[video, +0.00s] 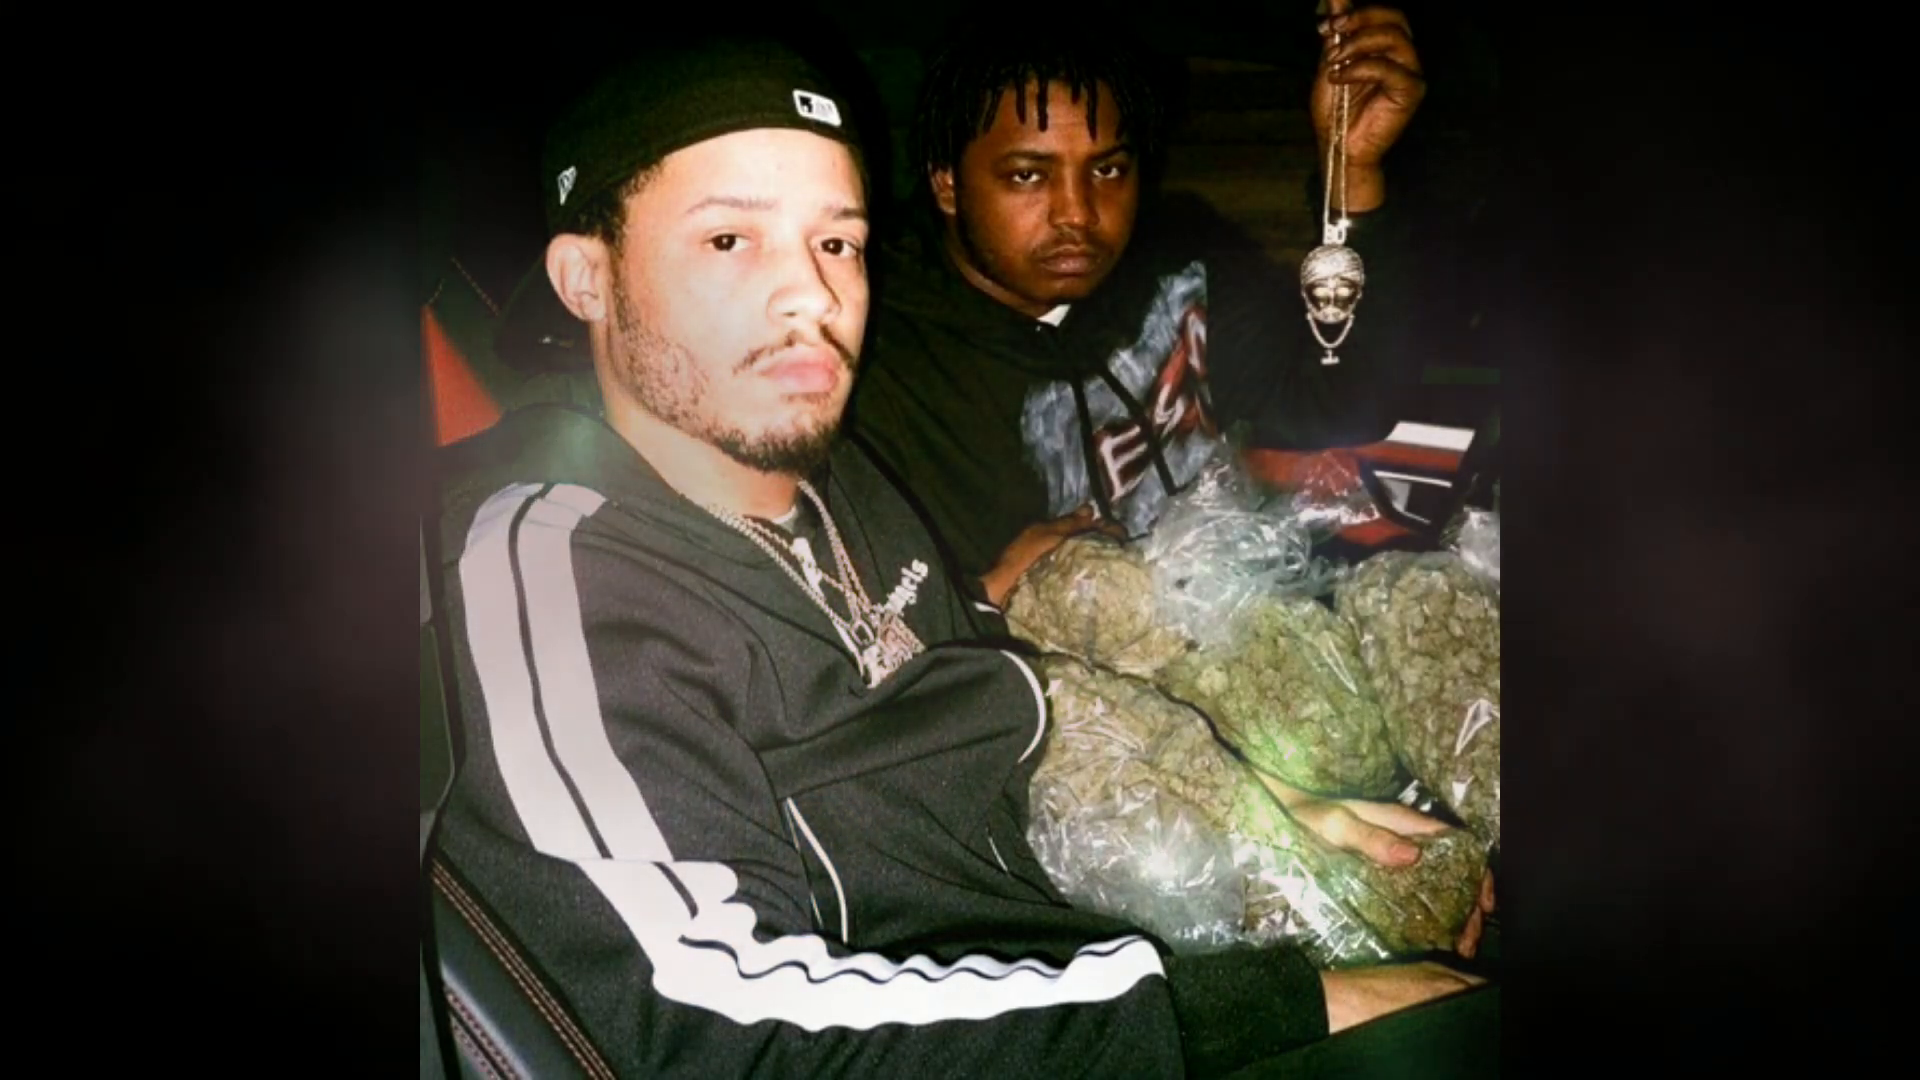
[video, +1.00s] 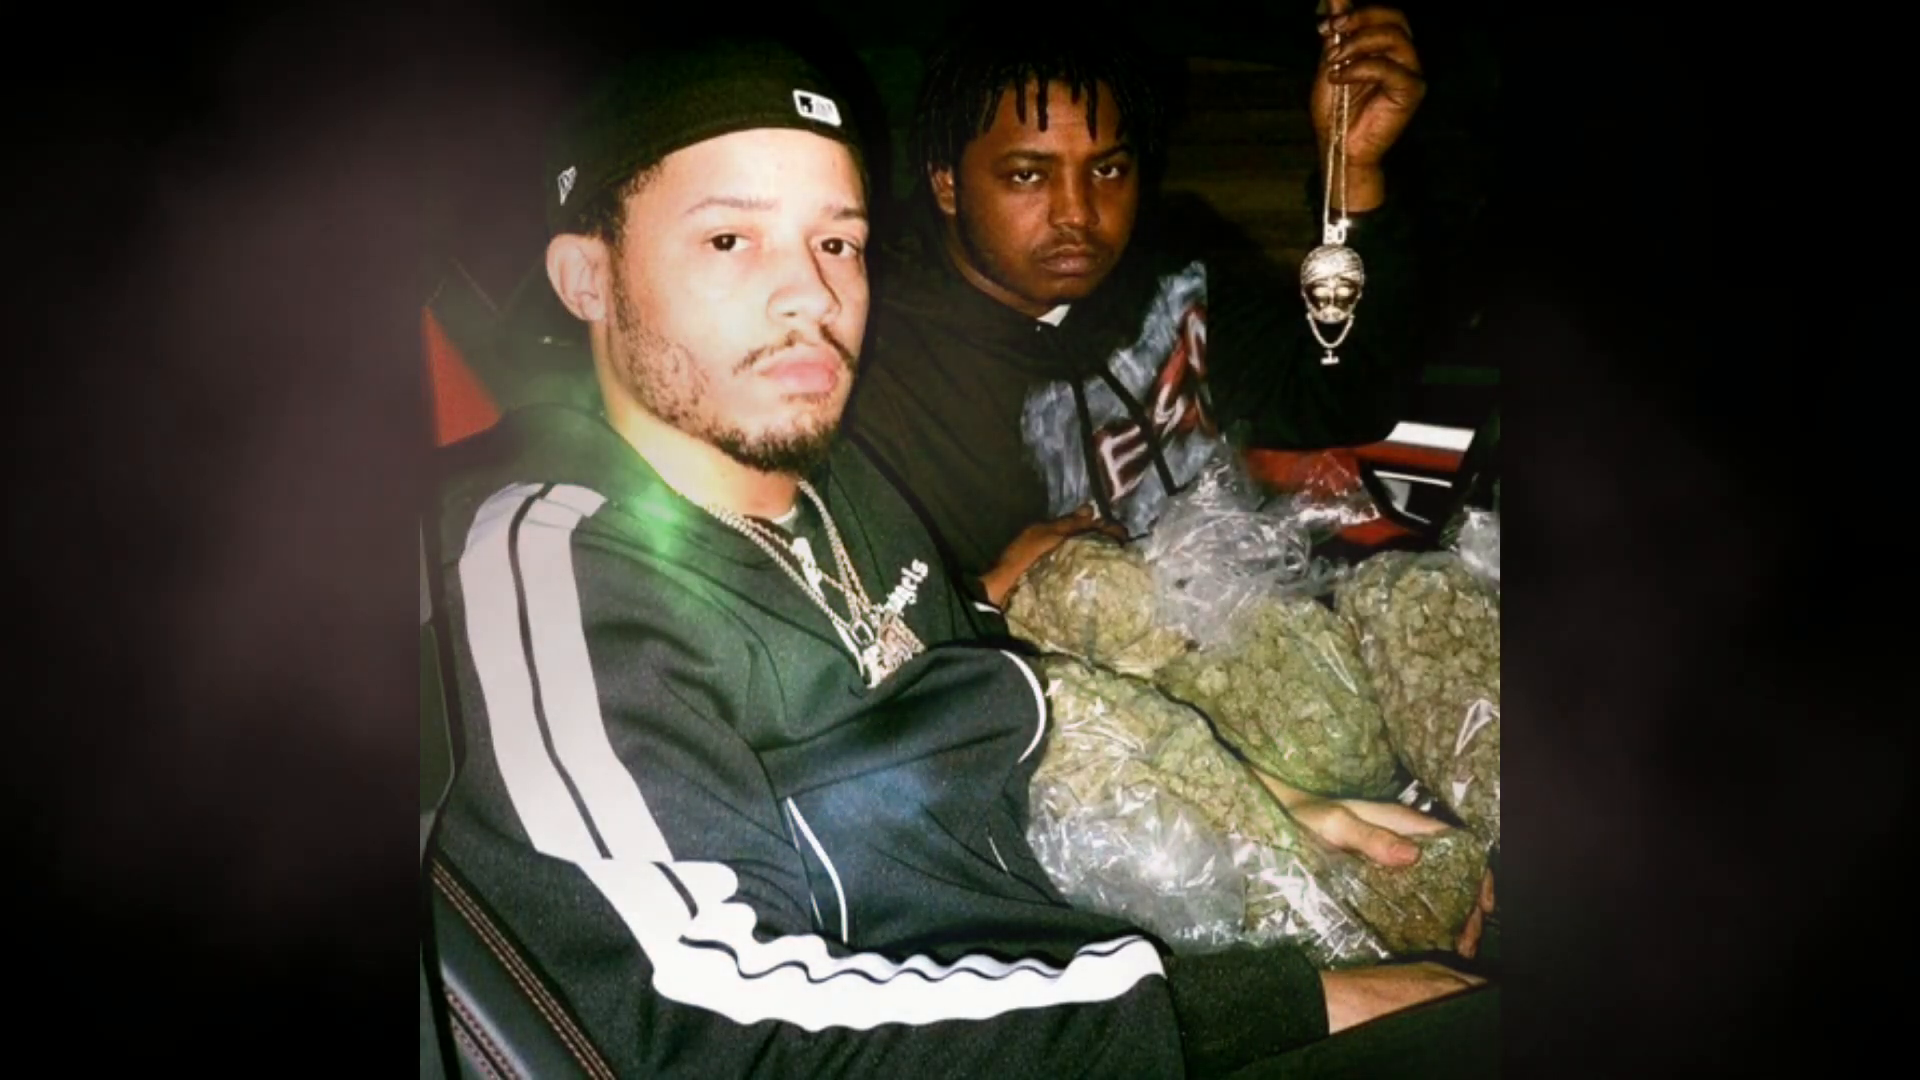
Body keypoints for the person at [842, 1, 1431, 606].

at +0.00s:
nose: (1077, 217)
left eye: (1108, 171)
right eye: (1028, 176)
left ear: (1141, 172)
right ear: (946, 187)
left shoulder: (1180, 255)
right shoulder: (892, 373)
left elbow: (1345, 408)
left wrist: (1352, 171)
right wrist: (990, 594)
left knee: (1429, 604)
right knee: (1079, 581)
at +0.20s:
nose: (1077, 216)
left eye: (1107, 171)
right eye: (1028, 176)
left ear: (1140, 173)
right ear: (946, 187)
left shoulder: (1181, 253)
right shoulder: (894, 379)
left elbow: (1351, 415)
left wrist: (1353, 173)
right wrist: (991, 595)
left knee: (1428, 602)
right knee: (1078, 584)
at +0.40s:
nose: (1077, 217)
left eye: (1107, 171)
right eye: (1029, 176)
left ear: (1140, 173)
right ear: (946, 187)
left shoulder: (1178, 254)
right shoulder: (890, 372)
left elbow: (1349, 410)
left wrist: (1353, 171)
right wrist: (991, 594)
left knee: (1427, 601)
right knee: (1080, 582)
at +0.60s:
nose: (1077, 217)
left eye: (1107, 171)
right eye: (1029, 176)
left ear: (1140, 173)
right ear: (946, 188)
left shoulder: (1176, 256)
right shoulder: (886, 374)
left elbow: (1349, 408)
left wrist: (1353, 171)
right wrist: (990, 596)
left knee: (1431, 603)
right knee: (1083, 584)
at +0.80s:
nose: (1077, 217)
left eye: (1107, 171)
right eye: (1029, 176)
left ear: (1140, 175)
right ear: (945, 188)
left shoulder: (1173, 271)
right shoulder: (886, 374)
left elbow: (1350, 406)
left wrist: (1353, 172)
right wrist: (990, 596)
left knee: (1426, 601)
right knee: (1082, 583)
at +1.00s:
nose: (1077, 216)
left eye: (1108, 171)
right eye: (1029, 175)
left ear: (1140, 175)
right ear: (945, 187)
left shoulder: (1176, 268)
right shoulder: (889, 371)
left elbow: (1343, 411)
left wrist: (1353, 173)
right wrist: (989, 597)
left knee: (1428, 603)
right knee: (1083, 584)